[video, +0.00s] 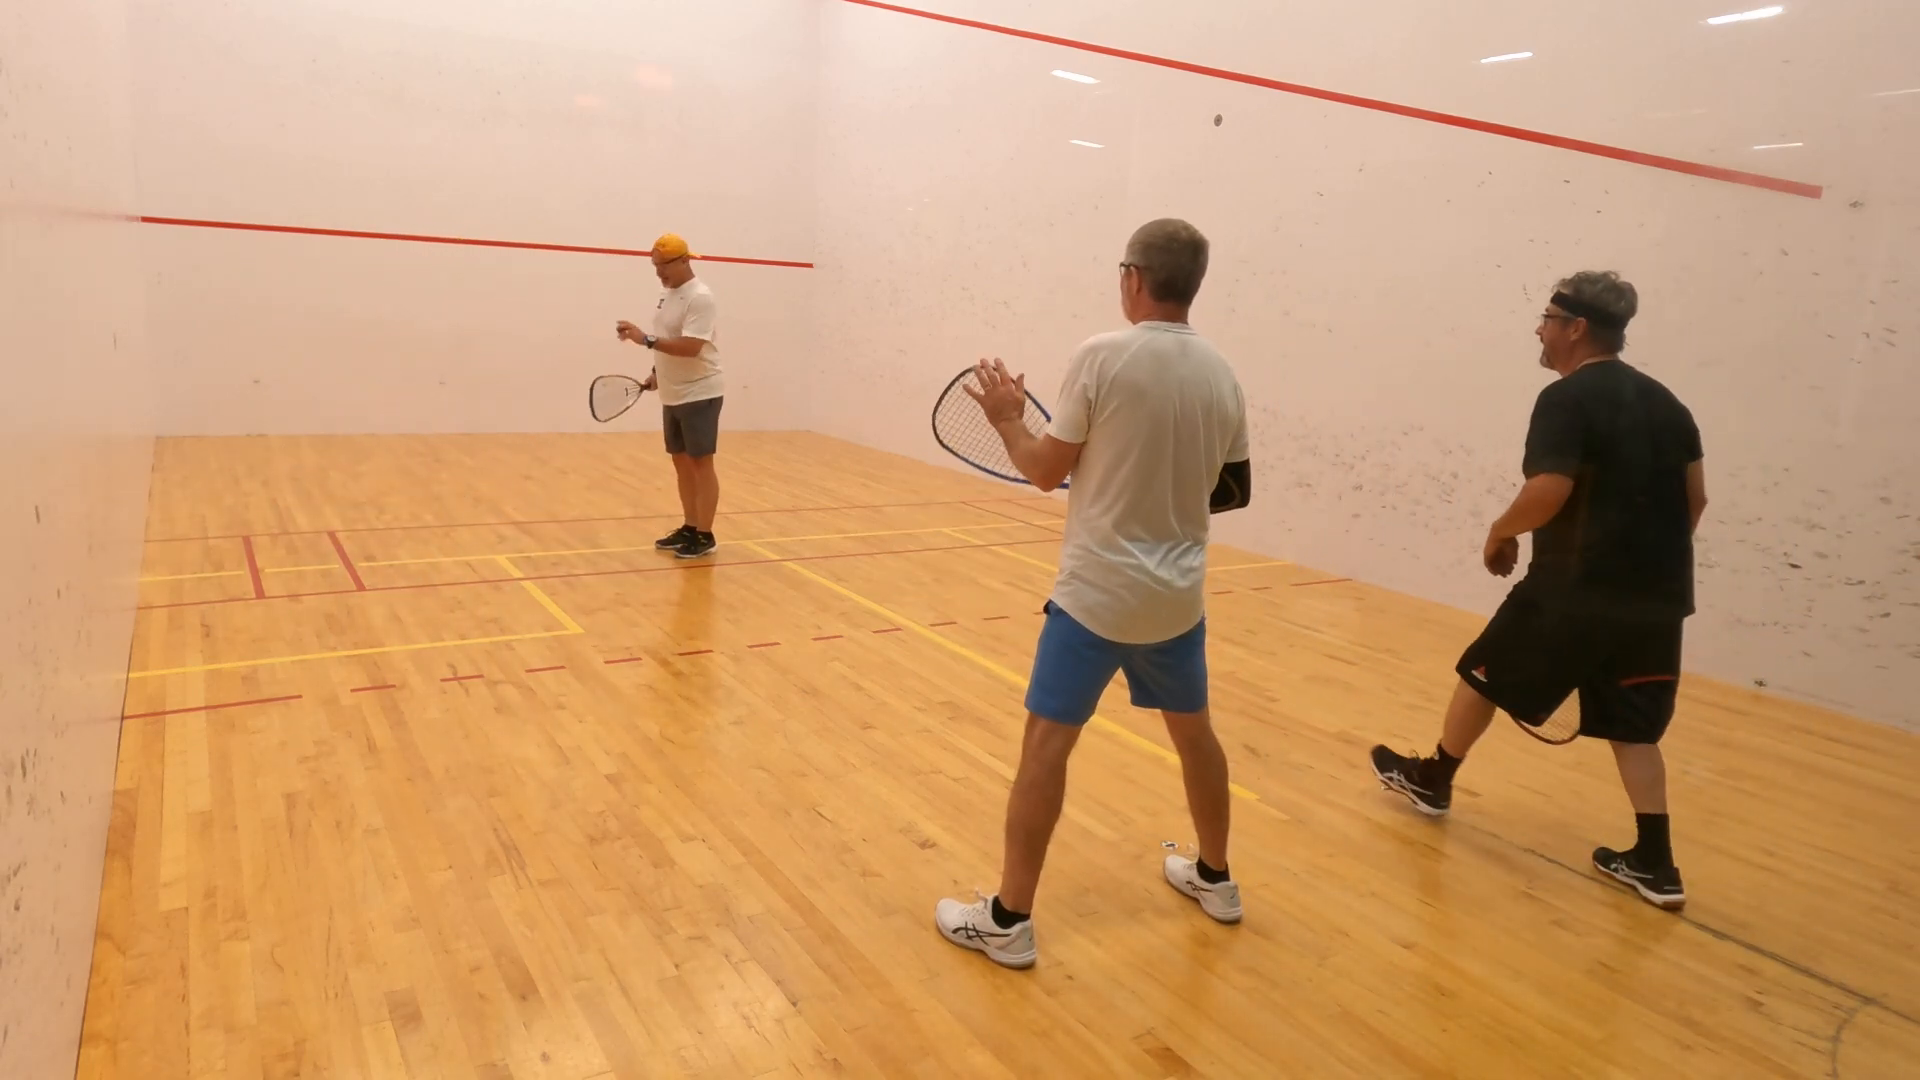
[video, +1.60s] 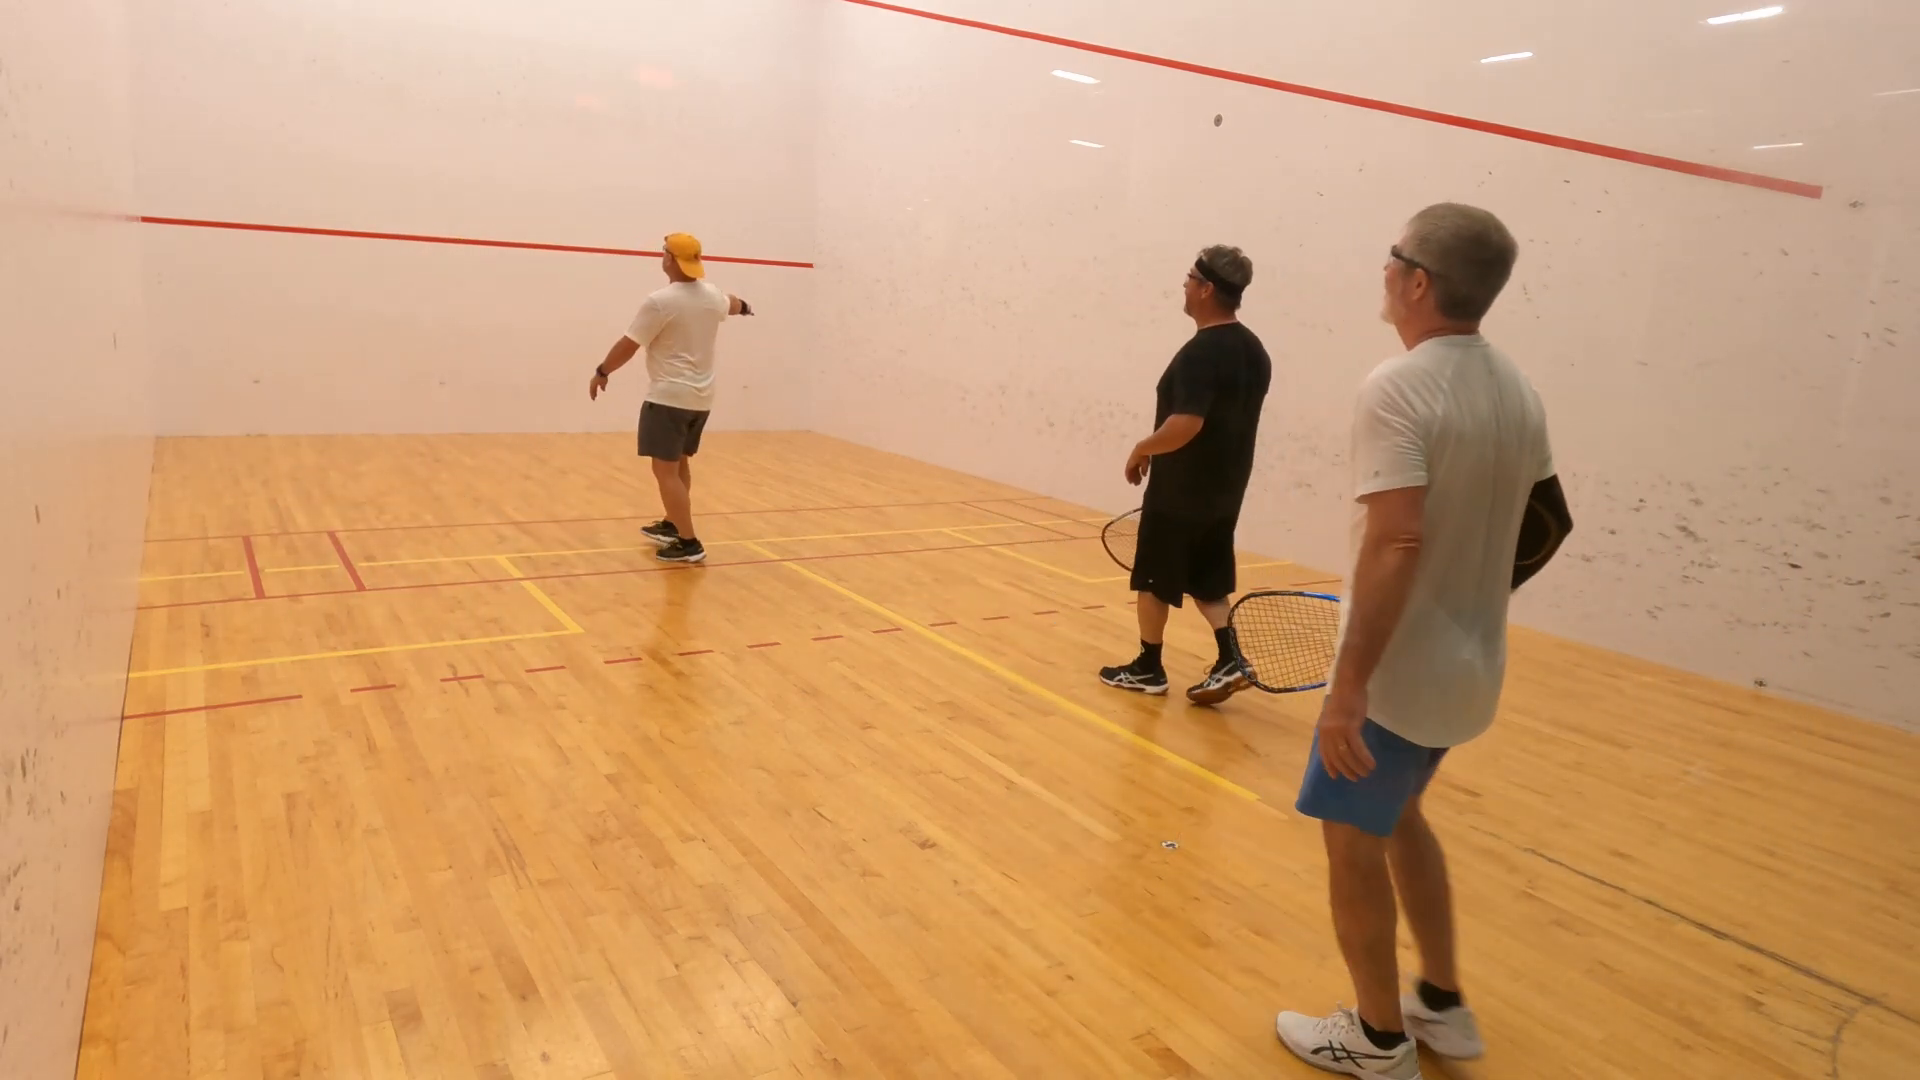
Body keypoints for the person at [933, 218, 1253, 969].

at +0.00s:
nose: (1119, 286)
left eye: (1122, 275)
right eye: (1126, 274)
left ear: (1134, 281)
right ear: (1194, 287)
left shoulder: (1104, 358)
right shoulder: (1219, 373)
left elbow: (1047, 470)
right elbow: (1231, 489)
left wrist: (1007, 417)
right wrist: (1144, 479)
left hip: (1095, 595)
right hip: (1179, 598)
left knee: (1046, 749)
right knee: (1195, 731)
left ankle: (1009, 917)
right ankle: (1216, 877)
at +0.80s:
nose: (1195, 293)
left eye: (1199, 282)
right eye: (1201, 281)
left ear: (1215, 290)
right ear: (1268, 300)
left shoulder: (1193, 362)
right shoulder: (1287, 376)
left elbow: (1167, 483)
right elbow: (1294, 478)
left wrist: (1123, 521)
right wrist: (1158, 511)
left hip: (1189, 593)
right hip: (1257, 594)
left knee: (1110, 735)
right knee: (1208, 718)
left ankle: (1094, 921)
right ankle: (1210, 876)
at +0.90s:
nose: (1216, 289)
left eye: (1221, 279)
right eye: (1220, 277)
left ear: (1235, 286)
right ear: (1294, 294)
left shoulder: (1216, 358)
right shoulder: (1309, 368)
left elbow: (1187, 480)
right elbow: (1296, 481)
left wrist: (1143, 514)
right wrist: (1172, 517)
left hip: (1207, 591)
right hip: (1273, 591)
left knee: (1138, 741)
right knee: (1215, 723)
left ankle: (1182, 933)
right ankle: (1210, 874)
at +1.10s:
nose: (1263, 296)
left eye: (1269, 286)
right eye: (1269, 284)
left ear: (1286, 298)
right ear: (1338, 308)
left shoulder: (1260, 381)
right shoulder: (1347, 386)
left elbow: (1217, 508)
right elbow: (1345, 509)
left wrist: (1158, 556)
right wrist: (1235, 489)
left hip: (1243, 621)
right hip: (1299, 615)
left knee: (1213, 786)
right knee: (1226, 735)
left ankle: (1334, 965)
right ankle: (1212, 874)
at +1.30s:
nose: (1308, 294)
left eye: (1314, 285)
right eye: (1314, 282)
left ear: (1329, 299)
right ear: (1392, 310)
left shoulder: (1305, 388)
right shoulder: (1408, 399)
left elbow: (1275, 527)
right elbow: (1415, 528)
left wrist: (1208, 620)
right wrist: (1333, 594)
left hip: (1302, 627)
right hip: (1367, 629)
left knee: (1316, 837)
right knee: (1277, 753)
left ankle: (1382, 1030)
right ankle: (1221, 875)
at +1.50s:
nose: (1356, 278)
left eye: (1362, 268)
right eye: (1363, 265)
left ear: (1382, 286)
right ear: (1444, 295)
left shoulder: (1361, 389)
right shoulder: (1479, 389)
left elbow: (1350, 539)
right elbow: (1507, 523)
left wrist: (1299, 679)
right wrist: (1436, 601)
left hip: (1364, 657)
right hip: (1432, 653)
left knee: (1346, 843)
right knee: (1344, 790)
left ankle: (1381, 1034)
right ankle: (1339, 944)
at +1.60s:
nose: (1385, 276)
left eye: (1393, 264)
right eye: (1393, 262)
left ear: (1417, 283)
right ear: (1475, 293)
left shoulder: (1401, 388)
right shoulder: (1512, 388)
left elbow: (1397, 545)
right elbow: (1540, 525)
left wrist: (1346, 687)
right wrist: (1460, 599)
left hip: (1398, 673)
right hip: (1467, 668)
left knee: (1353, 837)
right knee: (1400, 812)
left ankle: (1378, 1031)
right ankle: (1442, 1000)